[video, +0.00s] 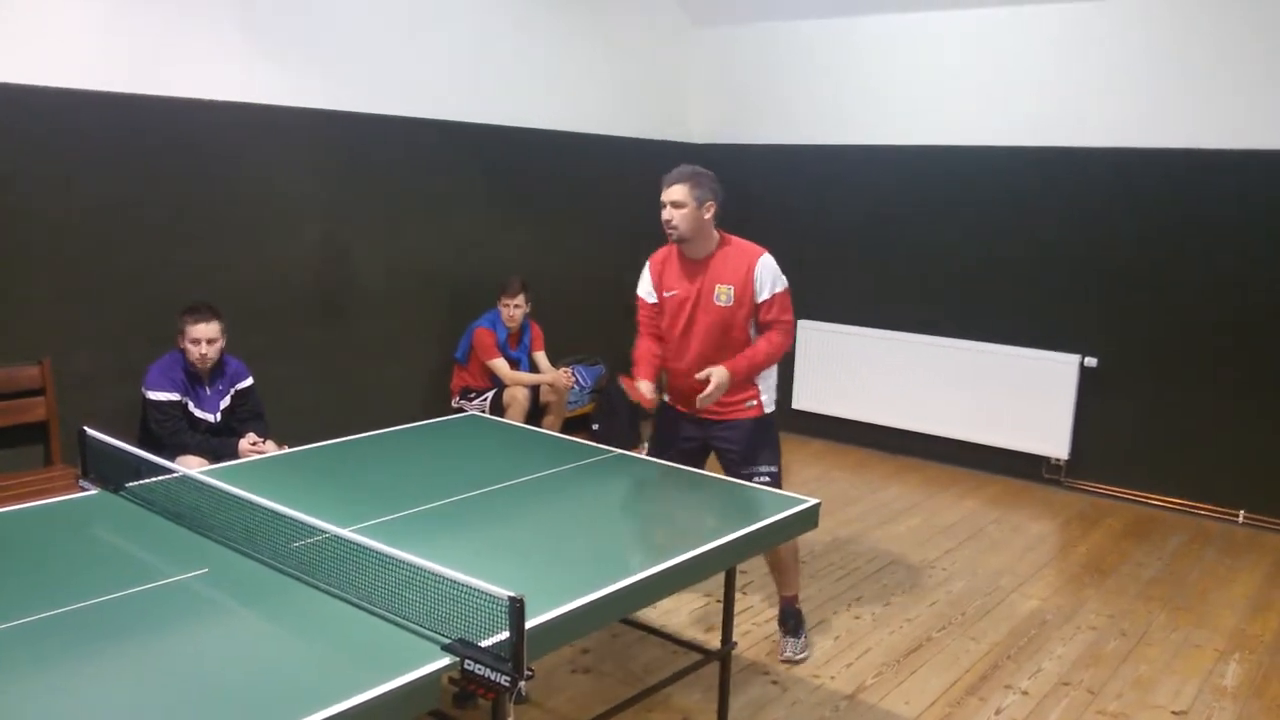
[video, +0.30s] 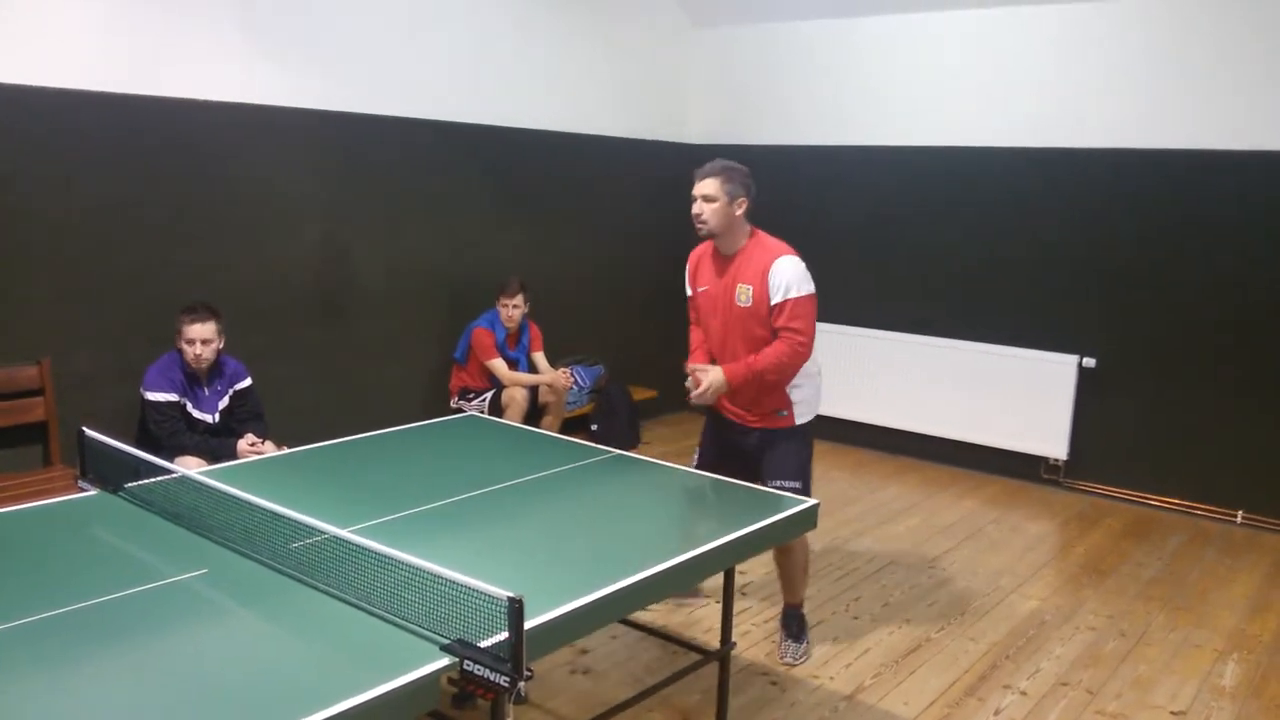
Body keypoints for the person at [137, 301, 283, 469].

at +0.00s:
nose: (203, 352)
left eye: (211, 342)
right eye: (195, 343)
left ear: (223, 341)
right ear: (181, 342)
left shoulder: (235, 371)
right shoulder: (160, 378)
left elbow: (251, 419)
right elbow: (174, 440)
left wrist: (251, 438)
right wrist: (234, 448)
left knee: (270, 450)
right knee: (195, 466)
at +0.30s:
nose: (198, 352)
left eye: (206, 343)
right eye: (190, 343)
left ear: (220, 342)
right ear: (178, 342)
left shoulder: (234, 372)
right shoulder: (159, 379)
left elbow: (251, 420)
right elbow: (172, 440)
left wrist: (250, 438)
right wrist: (233, 449)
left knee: (269, 451)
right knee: (193, 467)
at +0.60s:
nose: (200, 350)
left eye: (208, 341)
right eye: (192, 341)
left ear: (224, 341)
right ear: (182, 341)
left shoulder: (237, 370)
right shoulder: (163, 378)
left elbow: (253, 418)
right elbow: (176, 439)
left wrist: (254, 439)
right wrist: (236, 448)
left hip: (228, 449)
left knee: (272, 448)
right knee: (197, 465)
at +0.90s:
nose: (198, 352)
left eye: (207, 343)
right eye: (190, 343)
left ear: (221, 343)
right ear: (179, 343)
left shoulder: (234, 372)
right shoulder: (160, 378)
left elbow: (250, 420)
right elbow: (172, 441)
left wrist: (251, 440)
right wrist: (232, 449)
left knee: (269, 450)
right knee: (193, 467)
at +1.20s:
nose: (208, 353)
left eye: (213, 343)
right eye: (199, 345)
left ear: (220, 341)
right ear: (177, 345)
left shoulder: (231, 373)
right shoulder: (156, 380)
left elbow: (247, 420)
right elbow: (170, 442)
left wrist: (247, 438)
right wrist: (229, 450)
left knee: (266, 451)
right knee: (191, 468)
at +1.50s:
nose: (213, 353)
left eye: (216, 344)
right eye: (203, 347)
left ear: (221, 341)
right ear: (179, 347)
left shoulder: (229, 373)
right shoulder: (154, 380)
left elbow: (245, 421)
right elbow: (167, 442)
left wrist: (246, 439)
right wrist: (227, 450)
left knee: (264, 453)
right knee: (189, 469)